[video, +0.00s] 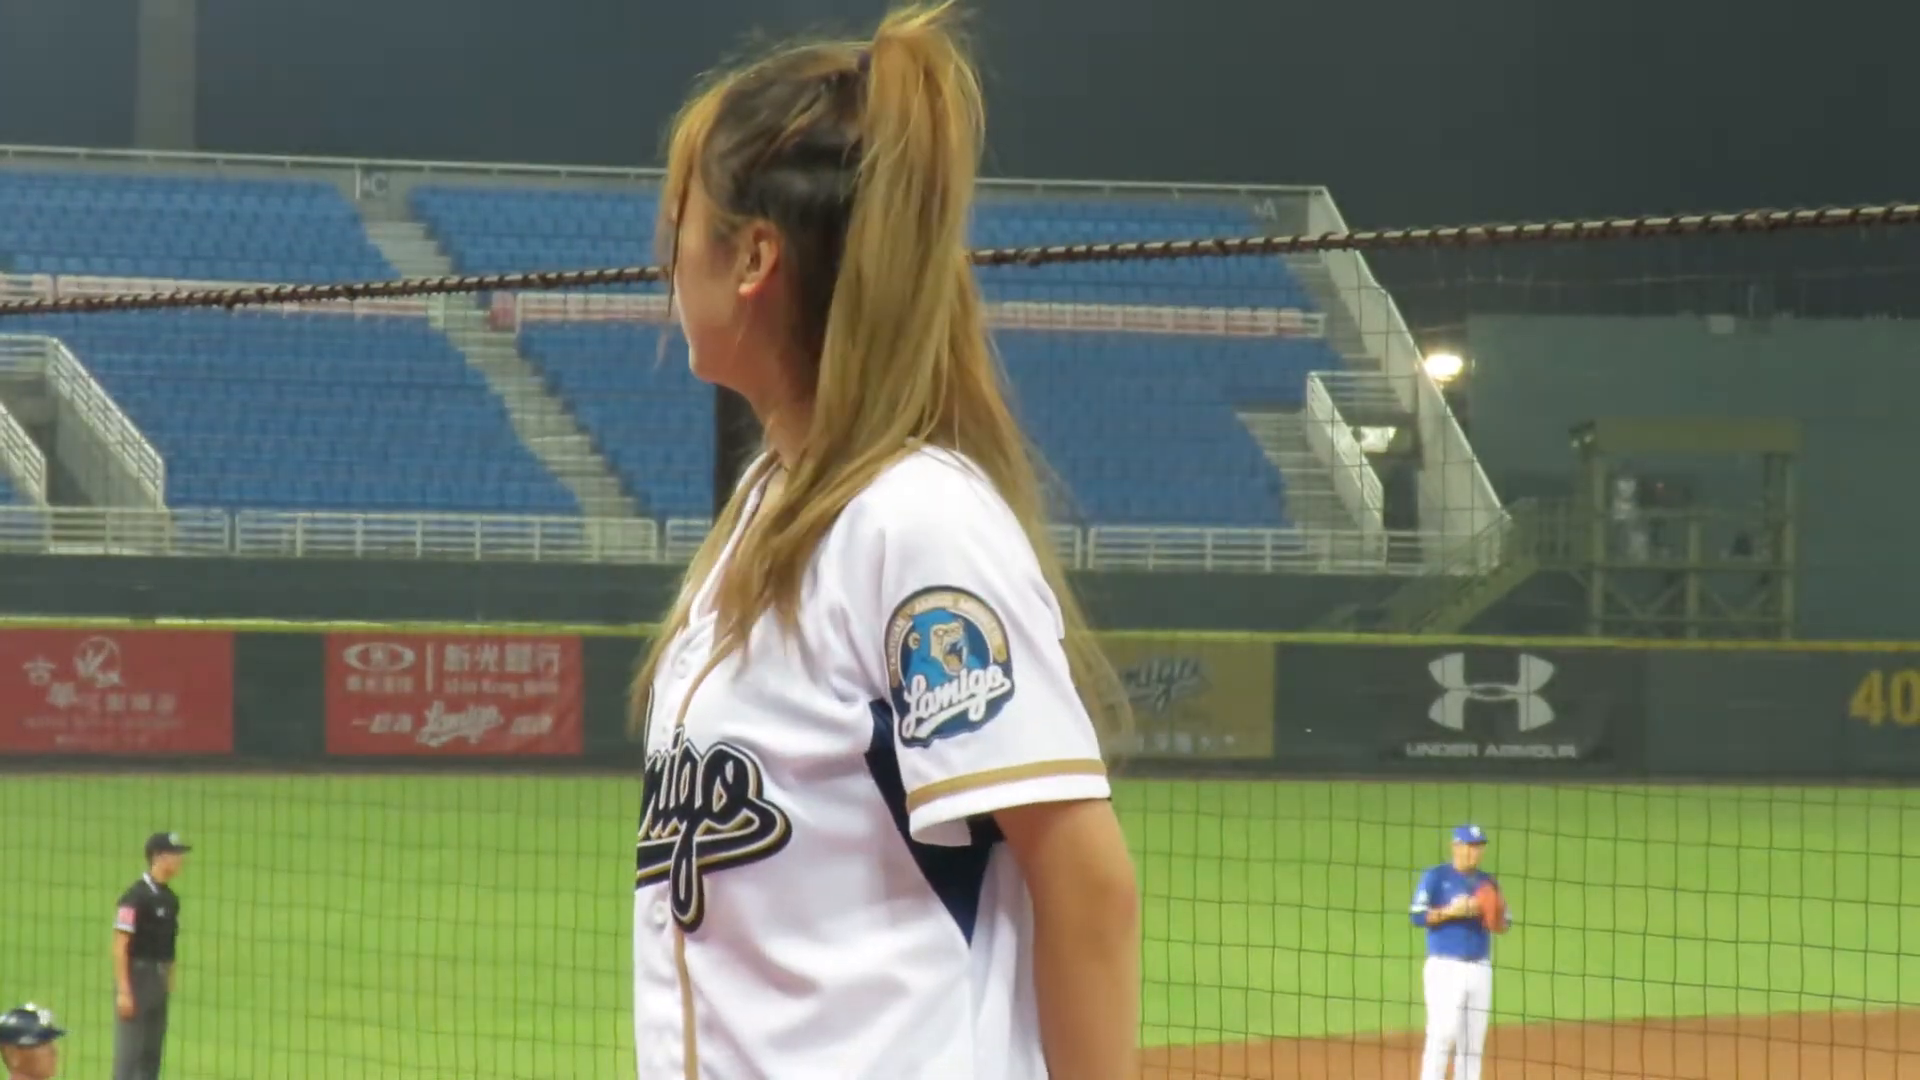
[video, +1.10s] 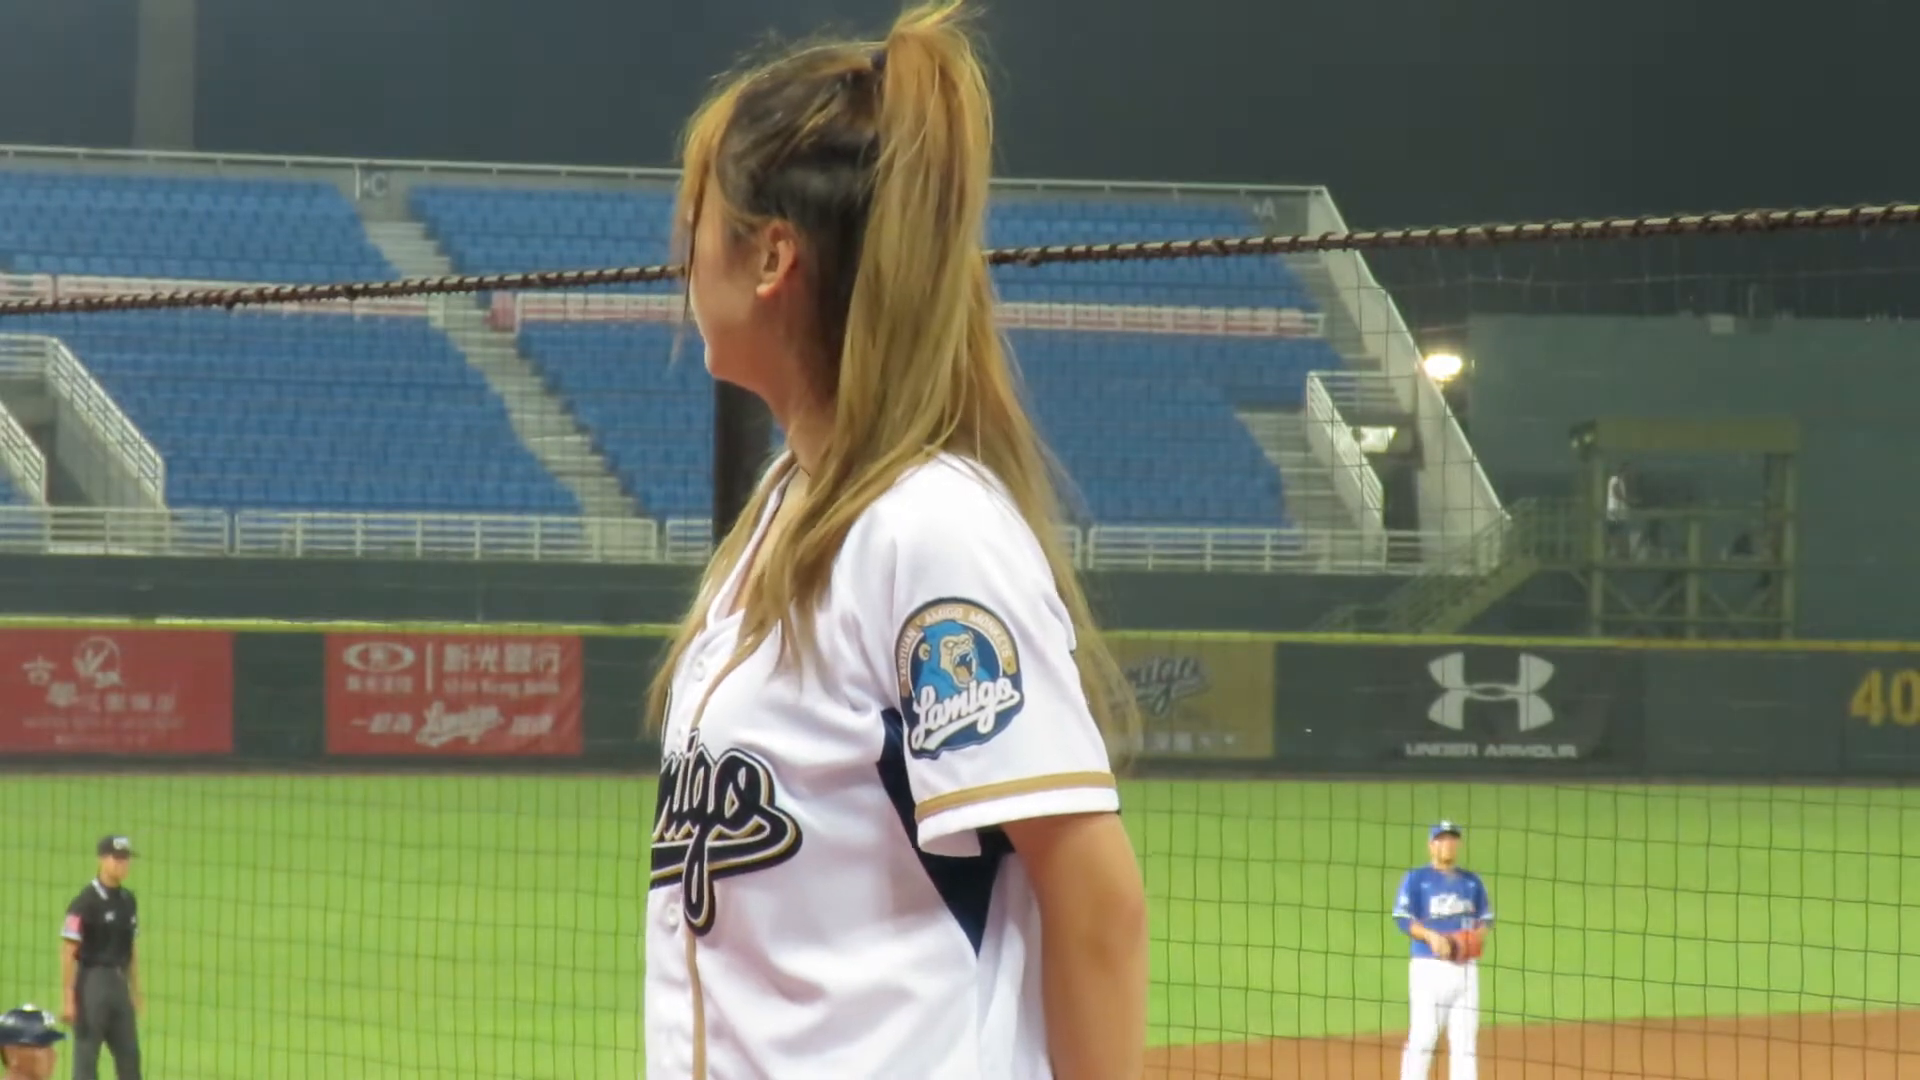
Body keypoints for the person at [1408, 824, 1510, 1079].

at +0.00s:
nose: (1474, 852)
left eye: (1478, 846)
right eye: (1469, 845)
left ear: (1483, 850)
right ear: (1455, 847)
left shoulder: (1487, 882)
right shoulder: (1435, 876)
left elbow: (1503, 924)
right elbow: (1417, 916)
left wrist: (1488, 907)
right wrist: (1453, 910)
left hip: (1479, 967)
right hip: (1444, 965)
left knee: (1473, 1041)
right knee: (1442, 1036)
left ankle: (1468, 1077)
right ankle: (1432, 1076)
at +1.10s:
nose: (1447, 846)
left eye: (1452, 840)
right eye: (1441, 840)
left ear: (1459, 845)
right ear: (1431, 845)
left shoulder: (1472, 881)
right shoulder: (1415, 879)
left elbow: (1485, 919)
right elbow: (1403, 918)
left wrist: (1471, 939)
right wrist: (1432, 937)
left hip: (1464, 967)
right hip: (1427, 966)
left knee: (1465, 1042)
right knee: (1423, 1040)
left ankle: (1464, 1077)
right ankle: (1413, 1076)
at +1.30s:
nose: (1436, 845)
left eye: (1441, 840)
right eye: (1430, 840)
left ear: (1447, 845)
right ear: (1419, 845)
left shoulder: (1460, 881)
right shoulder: (1403, 879)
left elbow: (1470, 927)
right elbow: (1388, 921)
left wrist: (1467, 962)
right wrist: (1397, 956)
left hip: (1452, 967)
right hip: (1416, 968)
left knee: (1457, 1045)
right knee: (1412, 1043)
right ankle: (1409, 1078)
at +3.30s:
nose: (1430, 845)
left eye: (1432, 840)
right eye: (1424, 840)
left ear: (1435, 843)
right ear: (1410, 840)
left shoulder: (1439, 875)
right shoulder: (1389, 873)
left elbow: (1450, 921)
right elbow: (1376, 916)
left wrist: (1460, 959)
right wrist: (1381, 957)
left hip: (1434, 961)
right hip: (1399, 961)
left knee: (1442, 1035)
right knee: (1399, 1036)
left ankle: (1440, 1077)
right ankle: (1398, 1077)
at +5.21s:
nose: (1410, 840)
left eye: (1413, 835)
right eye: (1404, 835)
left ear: (1417, 838)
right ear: (1392, 838)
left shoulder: (1426, 872)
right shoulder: (1376, 871)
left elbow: (1432, 921)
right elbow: (1366, 914)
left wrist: (1439, 959)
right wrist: (1377, 953)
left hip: (1424, 958)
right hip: (1390, 957)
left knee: (1426, 1032)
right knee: (1378, 1030)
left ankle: (1426, 1077)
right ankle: (1365, 1076)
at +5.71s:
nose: (1380, 844)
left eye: (1383, 839)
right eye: (1374, 839)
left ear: (1388, 840)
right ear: (1362, 841)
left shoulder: (1397, 869)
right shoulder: (1349, 874)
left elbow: (1407, 916)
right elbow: (1338, 918)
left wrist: (1418, 950)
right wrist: (1341, 958)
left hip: (1397, 958)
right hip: (1364, 958)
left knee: (1407, 1025)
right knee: (1364, 1029)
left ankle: (1399, 1075)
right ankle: (1359, 1075)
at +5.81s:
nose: (1380, 845)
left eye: (1382, 839)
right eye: (1373, 840)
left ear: (1386, 840)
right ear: (1361, 841)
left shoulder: (1395, 868)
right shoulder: (1347, 873)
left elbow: (1405, 915)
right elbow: (1336, 917)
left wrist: (1415, 948)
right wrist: (1340, 956)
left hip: (1395, 957)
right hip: (1362, 957)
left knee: (1400, 1025)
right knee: (1363, 1027)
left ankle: (1381, 1074)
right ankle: (1361, 1075)